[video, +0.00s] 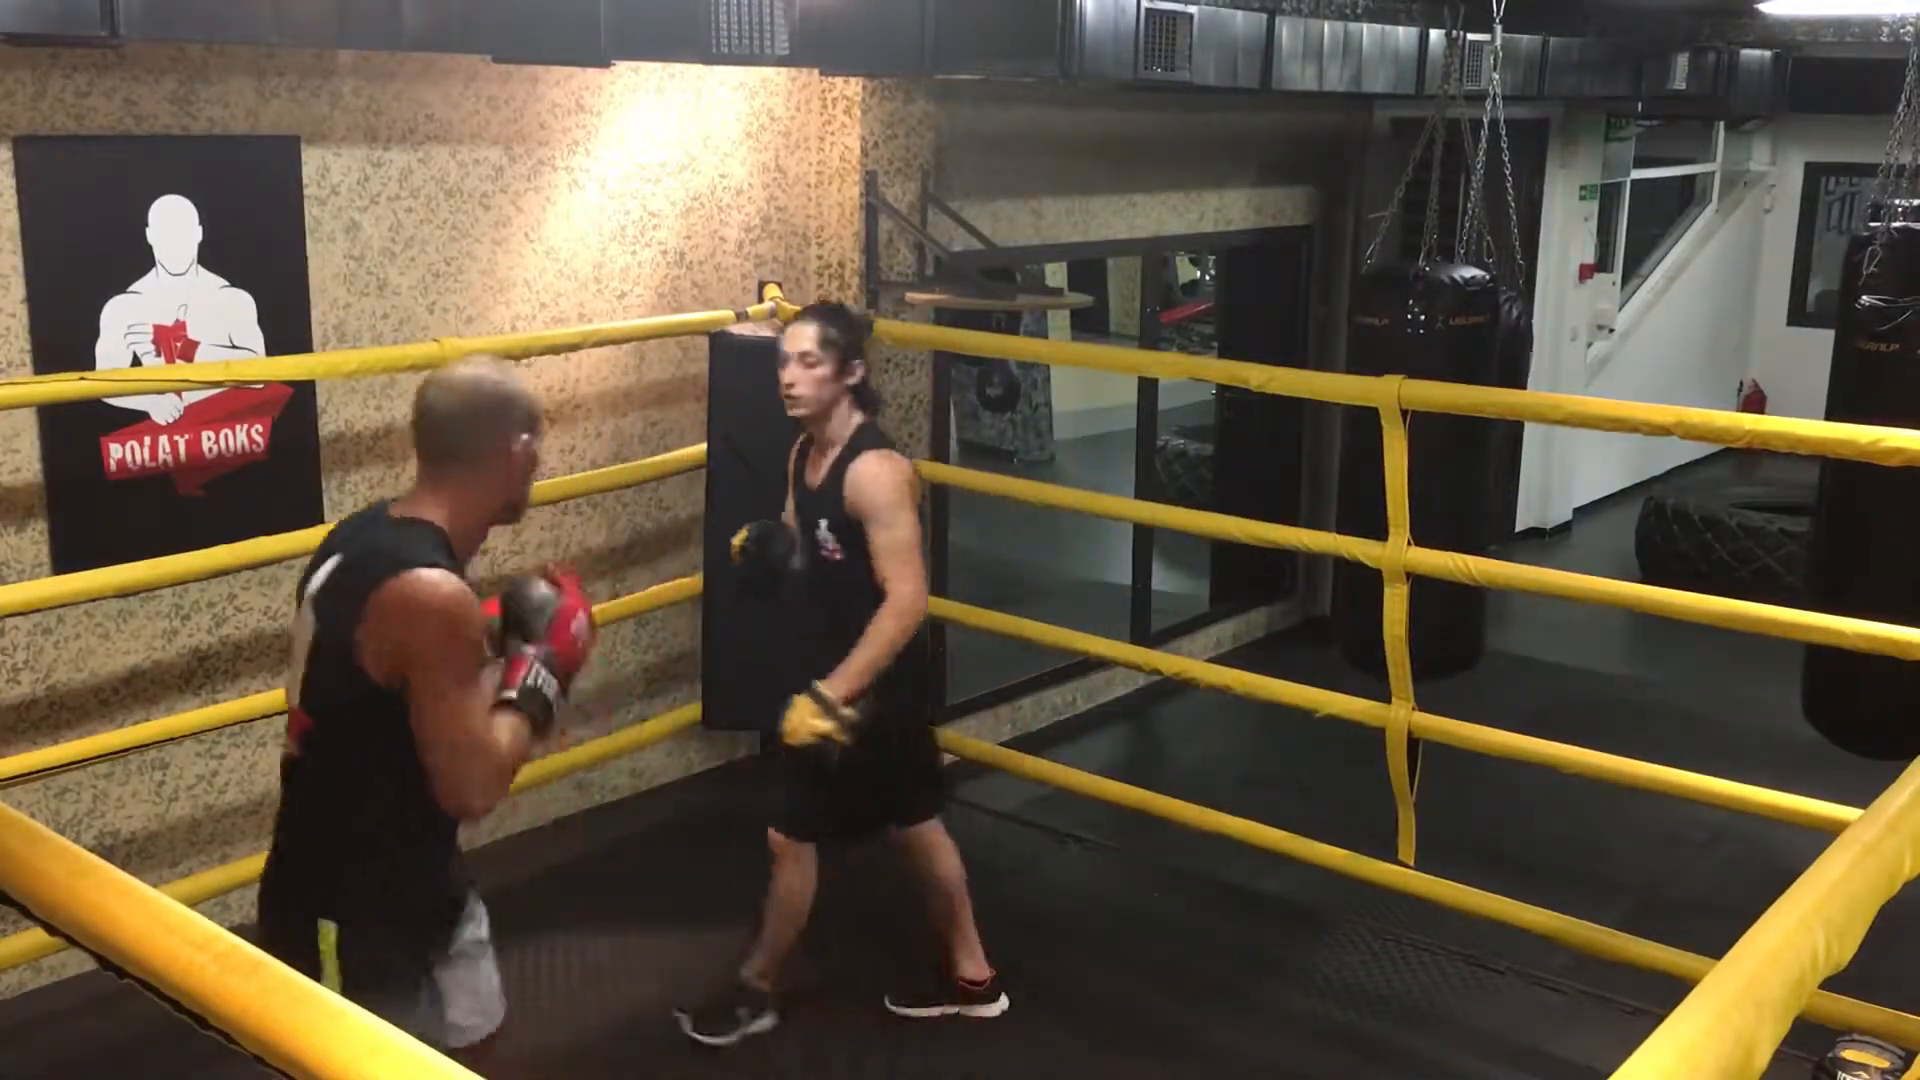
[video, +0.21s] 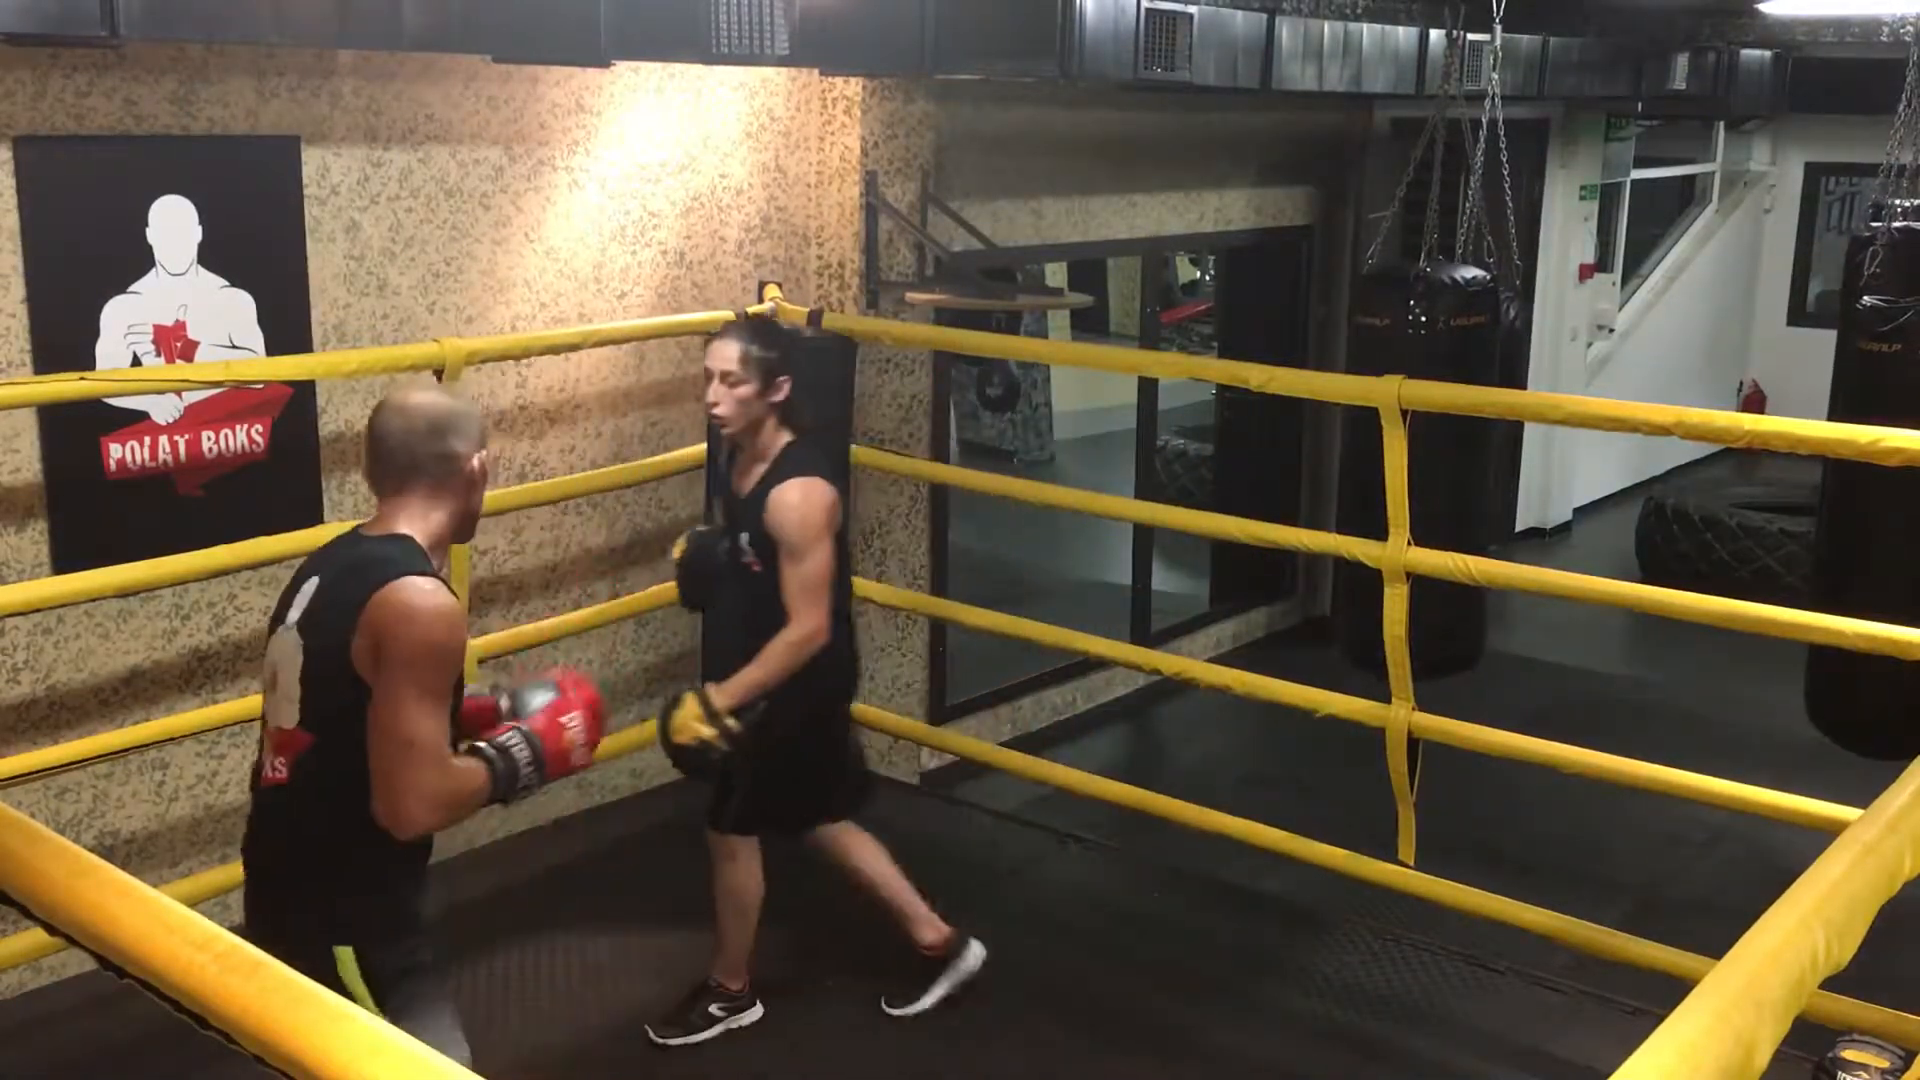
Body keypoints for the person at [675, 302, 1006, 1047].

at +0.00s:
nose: (789, 376)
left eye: (807, 362)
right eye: (785, 361)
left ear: (850, 374)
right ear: (782, 371)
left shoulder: (876, 472)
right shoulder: (807, 453)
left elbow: (908, 602)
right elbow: (819, 541)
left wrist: (831, 695)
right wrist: (772, 545)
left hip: (876, 681)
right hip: (848, 669)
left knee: (791, 835)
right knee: (917, 822)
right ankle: (974, 976)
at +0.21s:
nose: (711, 396)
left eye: (728, 382)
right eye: (710, 380)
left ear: (775, 390)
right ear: (720, 384)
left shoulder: (800, 495)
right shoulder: (740, 455)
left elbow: (809, 630)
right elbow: (756, 543)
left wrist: (716, 701)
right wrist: (707, 552)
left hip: (793, 689)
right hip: (764, 677)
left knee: (732, 833)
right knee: (823, 819)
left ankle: (730, 989)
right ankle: (939, 941)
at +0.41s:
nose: (669, 384)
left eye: (688, 370)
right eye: (662, 366)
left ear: (725, 377)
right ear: (653, 367)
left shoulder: (743, 473)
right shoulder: (666, 438)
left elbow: (753, 605)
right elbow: (680, 525)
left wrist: (659, 665)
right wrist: (639, 545)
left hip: (743, 664)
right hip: (694, 651)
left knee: (725, 833)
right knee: (677, 802)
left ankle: (732, 990)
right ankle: (772, 910)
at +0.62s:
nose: (609, 377)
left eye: (626, 361)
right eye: (597, 360)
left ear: (659, 367)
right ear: (585, 365)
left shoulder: (692, 461)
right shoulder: (584, 440)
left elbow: (727, 586)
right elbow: (578, 534)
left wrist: (637, 662)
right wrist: (572, 550)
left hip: (688, 659)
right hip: (620, 647)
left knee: (669, 838)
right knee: (597, 809)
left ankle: (727, 985)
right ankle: (586, 945)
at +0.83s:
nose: (549, 377)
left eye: (565, 360)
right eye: (535, 361)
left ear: (596, 363)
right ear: (520, 366)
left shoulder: (639, 451)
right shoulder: (515, 445)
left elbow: (690, 561)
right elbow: (497, 557)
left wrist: (636, 619)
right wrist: (514, 568)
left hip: (627, 656)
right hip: (554, 650)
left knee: (603, 834)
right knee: (549, 812)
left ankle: (636, 985)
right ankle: (582, 948)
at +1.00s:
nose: (518, 386)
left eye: (536, 369)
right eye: (505, 369)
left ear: (568, 373)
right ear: (489, 373)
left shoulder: (606, 452)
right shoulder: (480, 446)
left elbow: (651, 572)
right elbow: (447, 548)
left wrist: (621, 480)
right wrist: (457, 525)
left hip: (583, 668)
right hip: (503, 662)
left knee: (575, 844)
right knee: (517, 825)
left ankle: (571, 1018)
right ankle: (584, 939)